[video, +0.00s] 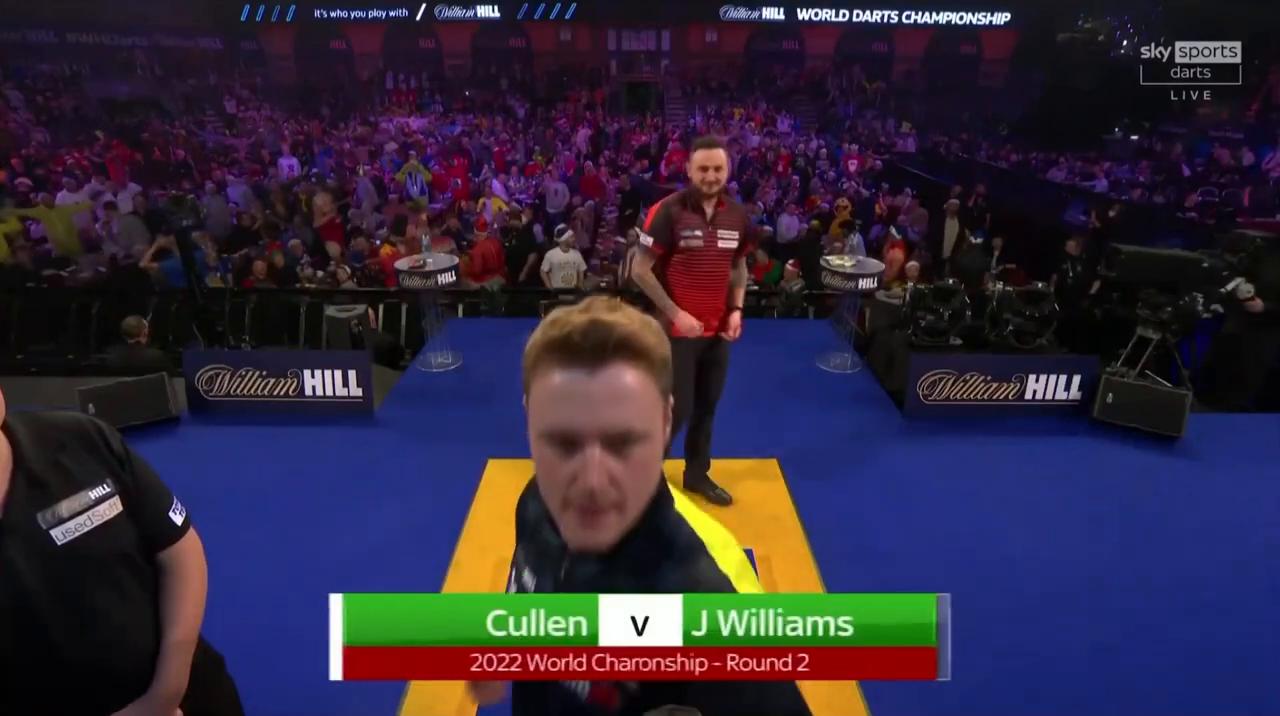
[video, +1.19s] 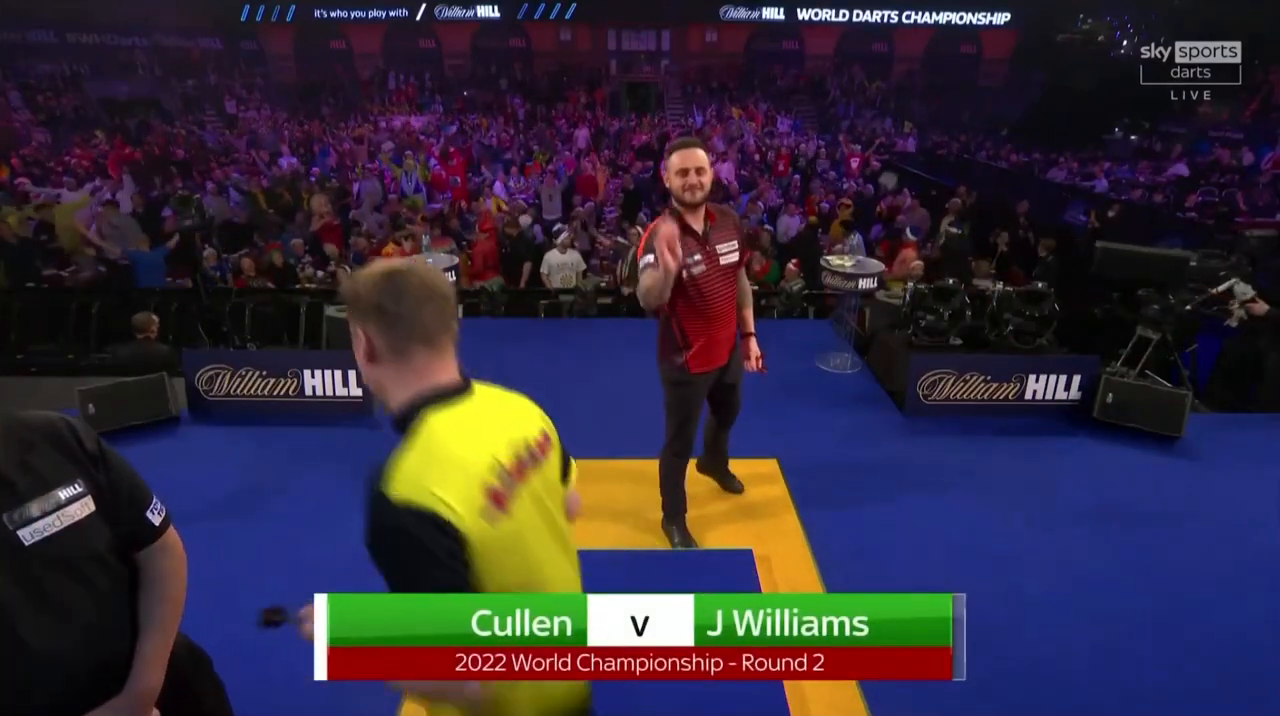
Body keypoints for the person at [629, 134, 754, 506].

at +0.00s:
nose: (710, 176)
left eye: (717, 169)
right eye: (703, 168)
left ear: (727, 171)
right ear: (689, 170)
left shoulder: (737, 216)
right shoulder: (668, 212)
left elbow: (738, 265)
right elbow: (640, 268)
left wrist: (735, 309)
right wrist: (674, 314)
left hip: (717, 332)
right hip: (679, 331)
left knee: (706, 408)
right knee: (677, 408)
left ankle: (697, 474)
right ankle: (645, 474)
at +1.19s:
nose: (693, 179)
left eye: (699, 170)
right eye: (682, 173)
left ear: (711, 174)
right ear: (666, 179)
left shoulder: (727, 219)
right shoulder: (661, 233)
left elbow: (739, 277)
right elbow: (649, 300)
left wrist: (749, 334)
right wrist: (668, 268)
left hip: (727, 346)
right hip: (685, 356)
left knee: (726, 410)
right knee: (680, 442)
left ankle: (713, 460)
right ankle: (674, 517)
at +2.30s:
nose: (696, 188)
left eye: (703, 178)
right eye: (685, 180)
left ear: (714, 182)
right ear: (669, 187)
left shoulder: (727, 231)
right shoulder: (660, 243)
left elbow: (737, 288)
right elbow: (677, 310)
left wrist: (745, 345)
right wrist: (705, 364)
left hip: (723, 353)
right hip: (680, 361)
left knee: (723, 416)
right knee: (677, 445)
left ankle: (715, 460)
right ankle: (674, 516)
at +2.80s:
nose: (695, 194)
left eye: (703, 184)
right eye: (685, 186)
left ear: (714, 186)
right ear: (669, 189)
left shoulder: (732, 232)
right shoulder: (653, 251)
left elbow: (742, 292)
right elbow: (645, 330)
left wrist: (740, 345)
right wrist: (701, 369)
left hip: (726, 356)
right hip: (679, 364)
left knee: (724, 416)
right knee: (677, 447)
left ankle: (715, 461)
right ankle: (674, 519)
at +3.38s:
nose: (687, 185)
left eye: (695, 176)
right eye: (677, 177)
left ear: (707, 180)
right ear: (663, 185)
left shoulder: (725, 226)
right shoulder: (652, 237)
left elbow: (740, 284)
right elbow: (633, 303)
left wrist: (745, 342)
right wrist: (653, 265)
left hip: (724, 352)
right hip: (681, 361)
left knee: (730, 410)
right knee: (677, 446)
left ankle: (715, 460)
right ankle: (674, 520)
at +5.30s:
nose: (693, 188)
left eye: (701, 179)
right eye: (683, 180)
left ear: (713, 183)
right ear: (667, 187)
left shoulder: (729, 229)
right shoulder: (657, 242)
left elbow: (743, 289)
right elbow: (636, 310)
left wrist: (747, 347)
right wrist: (659, 316)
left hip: (724, 354)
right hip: (680, 364)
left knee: (731, 416)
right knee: (679, 445)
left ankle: (714, 462)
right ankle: (674, 520)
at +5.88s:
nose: (690, 195)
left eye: (698, 185)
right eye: (679, 187)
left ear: (711, 189)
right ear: (664, 194)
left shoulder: (732, 233)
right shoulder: (659, 249)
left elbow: (749, 291)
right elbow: (632, 314)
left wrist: (753, 352)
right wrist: (650, 243)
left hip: (730, 360)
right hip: (685, 371)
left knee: (735, 423)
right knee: (681, 448)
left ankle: (716, 463)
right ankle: (675, 521)